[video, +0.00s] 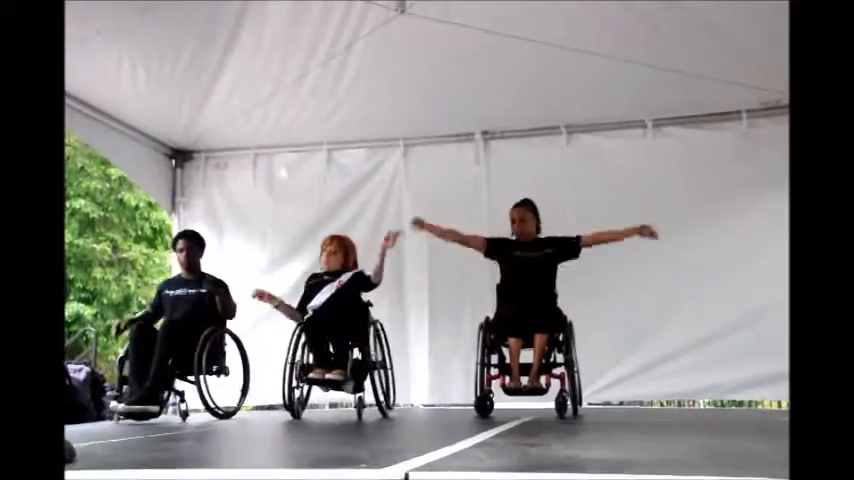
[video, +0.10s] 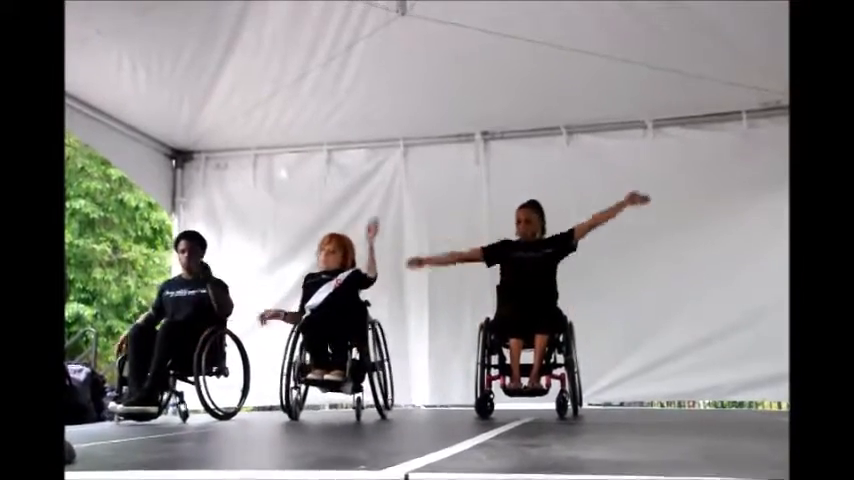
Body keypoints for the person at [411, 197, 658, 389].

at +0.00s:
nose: (515, 226)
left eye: (520, 221)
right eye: (513, 221)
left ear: (535, 222)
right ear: (510, 223)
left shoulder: (554, 245)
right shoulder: (502, 246)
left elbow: (594, 239)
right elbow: (463, 239)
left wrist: (633, 232)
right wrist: (431, 229)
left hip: (542, 309)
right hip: (511, 309)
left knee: (544, 313)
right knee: (514, 315)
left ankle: (535, 375)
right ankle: (514, 375)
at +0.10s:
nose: (521, 226)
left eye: (526, 221)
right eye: (518, 221)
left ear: (540, 223)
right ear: (515, 224)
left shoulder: (554, 244)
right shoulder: (505, 249)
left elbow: (592, 223)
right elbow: (465, 256)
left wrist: (624, 204)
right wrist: (429, 261)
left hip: (543, 308)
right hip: (512, 308)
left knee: (544, 319)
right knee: (515, 320)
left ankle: (535, 378)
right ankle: (515, 378)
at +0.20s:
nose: (528, 228)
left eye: (534, 224)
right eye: (526, 224)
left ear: (546, 227)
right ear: (522, 226)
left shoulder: (553, 249)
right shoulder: (508, 252)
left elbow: (574, 212)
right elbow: (476, 280)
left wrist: (591, 173)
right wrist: (442, 303)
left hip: (542, 309)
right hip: (512, 309)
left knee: (546, 318)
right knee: (516, 320)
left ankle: (536, 378)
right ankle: (515, 379)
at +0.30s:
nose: (531, 229)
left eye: (538, 225)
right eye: (529, 224)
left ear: (549, 229)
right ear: (524, 227)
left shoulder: (553, 251)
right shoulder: (508, 254)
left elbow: (563, 215)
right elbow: (486, 288)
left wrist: (557, 173)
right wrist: (460, 318)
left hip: (542, 311)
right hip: (512, 311)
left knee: (548, 320)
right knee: (515, 322)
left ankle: (535, 381)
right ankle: (516, 381)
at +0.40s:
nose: (532, 229)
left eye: (537, 224)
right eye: (529, 224)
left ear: (547, 228)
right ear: (525, 228)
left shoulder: (554, 252)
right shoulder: (508, 254)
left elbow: (555, 220)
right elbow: (492, 293)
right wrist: (475, 322)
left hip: (543, 312)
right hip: (513, 312)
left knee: (548, 322)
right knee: (517, 324)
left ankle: (536, 381)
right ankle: (517, 381)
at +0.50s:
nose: (531, 228)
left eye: (538, 224)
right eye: (527, 223)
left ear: (546, 229)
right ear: (522, 227)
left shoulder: (552, 251)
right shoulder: (505, 255)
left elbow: (553, 249)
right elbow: (493, 291)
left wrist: (520, 252)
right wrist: (485, 324)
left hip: (542, 311)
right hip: (514, 311)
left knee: (547, 326)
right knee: (517, 328)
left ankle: (537, 382)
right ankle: (517, 382)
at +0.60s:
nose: (527, 228)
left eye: (533, 225)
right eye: (523, 224)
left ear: (542, 231)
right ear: (518, 228)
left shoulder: (547, 254)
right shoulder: (502, 256)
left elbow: (568, 268)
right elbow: (492, 292)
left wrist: (534, 278)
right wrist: (486, 324)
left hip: (542, 312)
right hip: (513, 311)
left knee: (547, 329)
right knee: (517, 331)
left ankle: (537, 382)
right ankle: (517, 383)